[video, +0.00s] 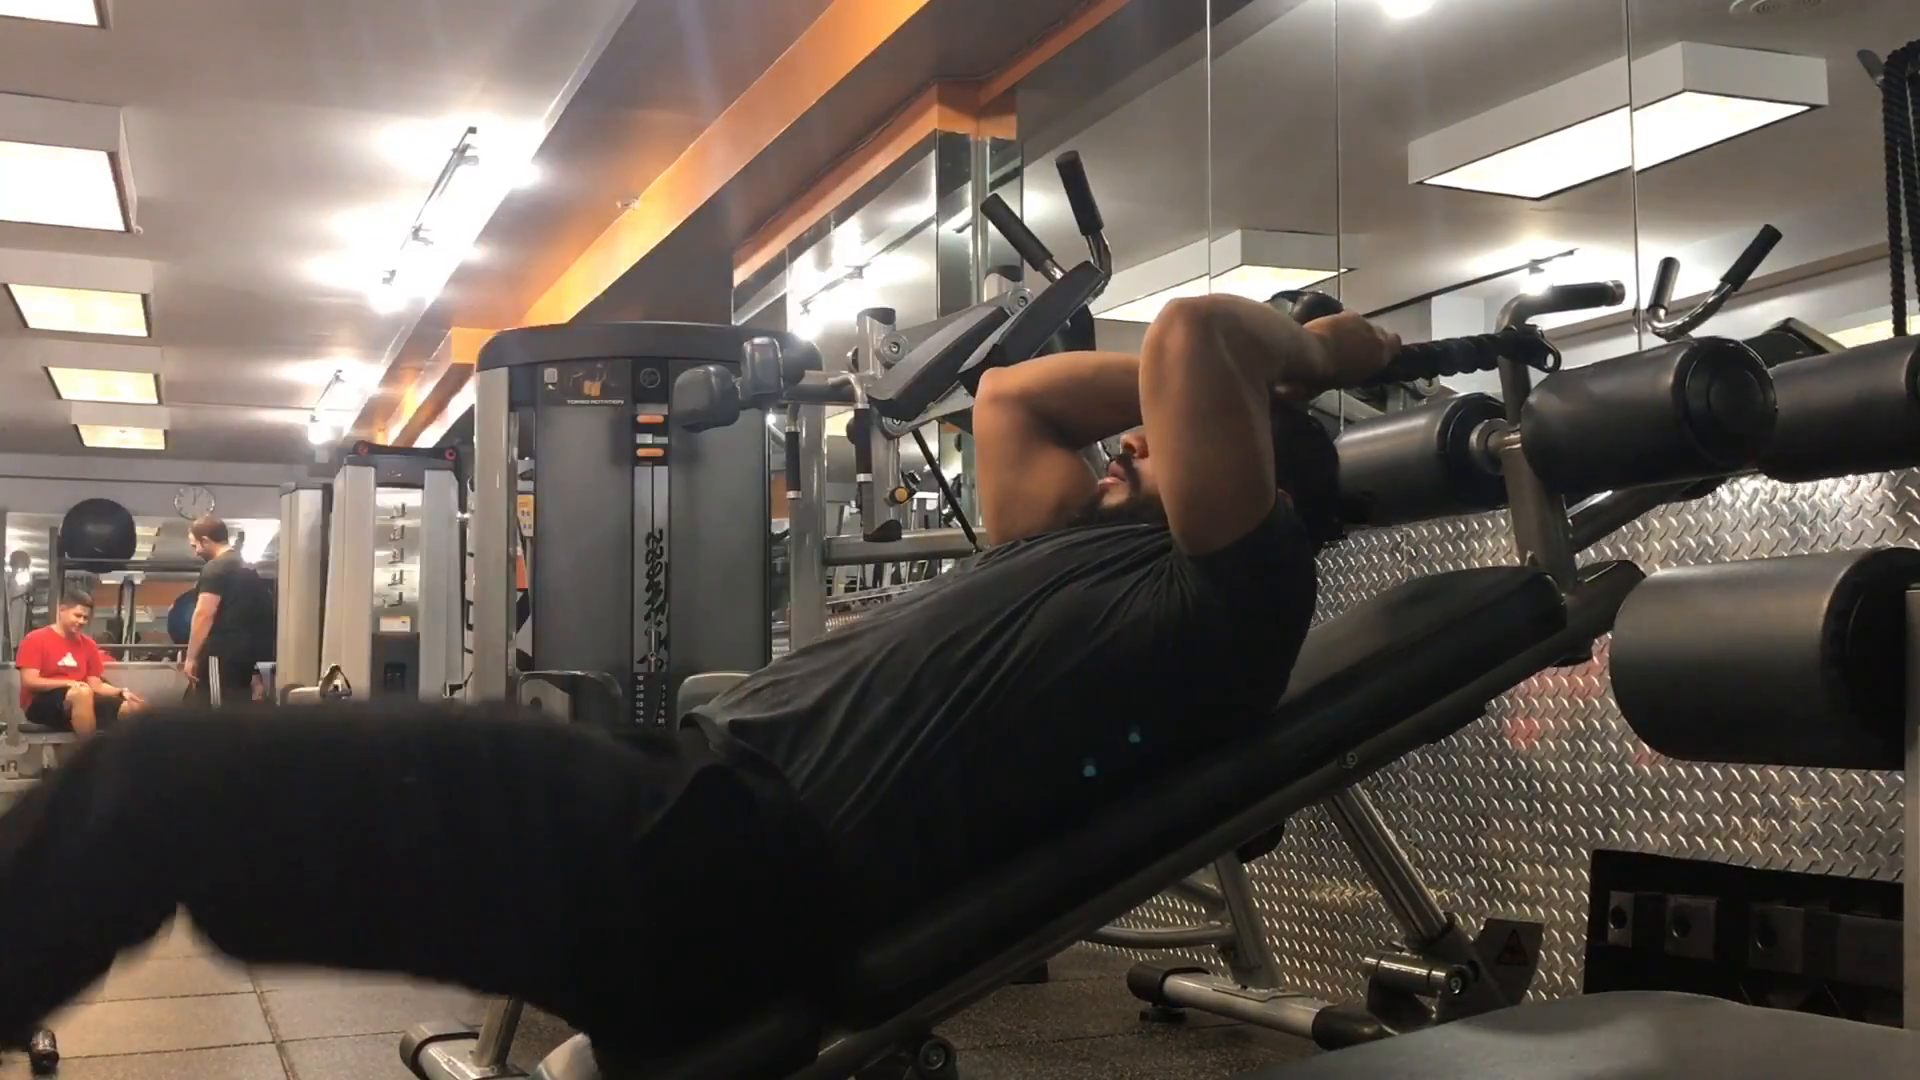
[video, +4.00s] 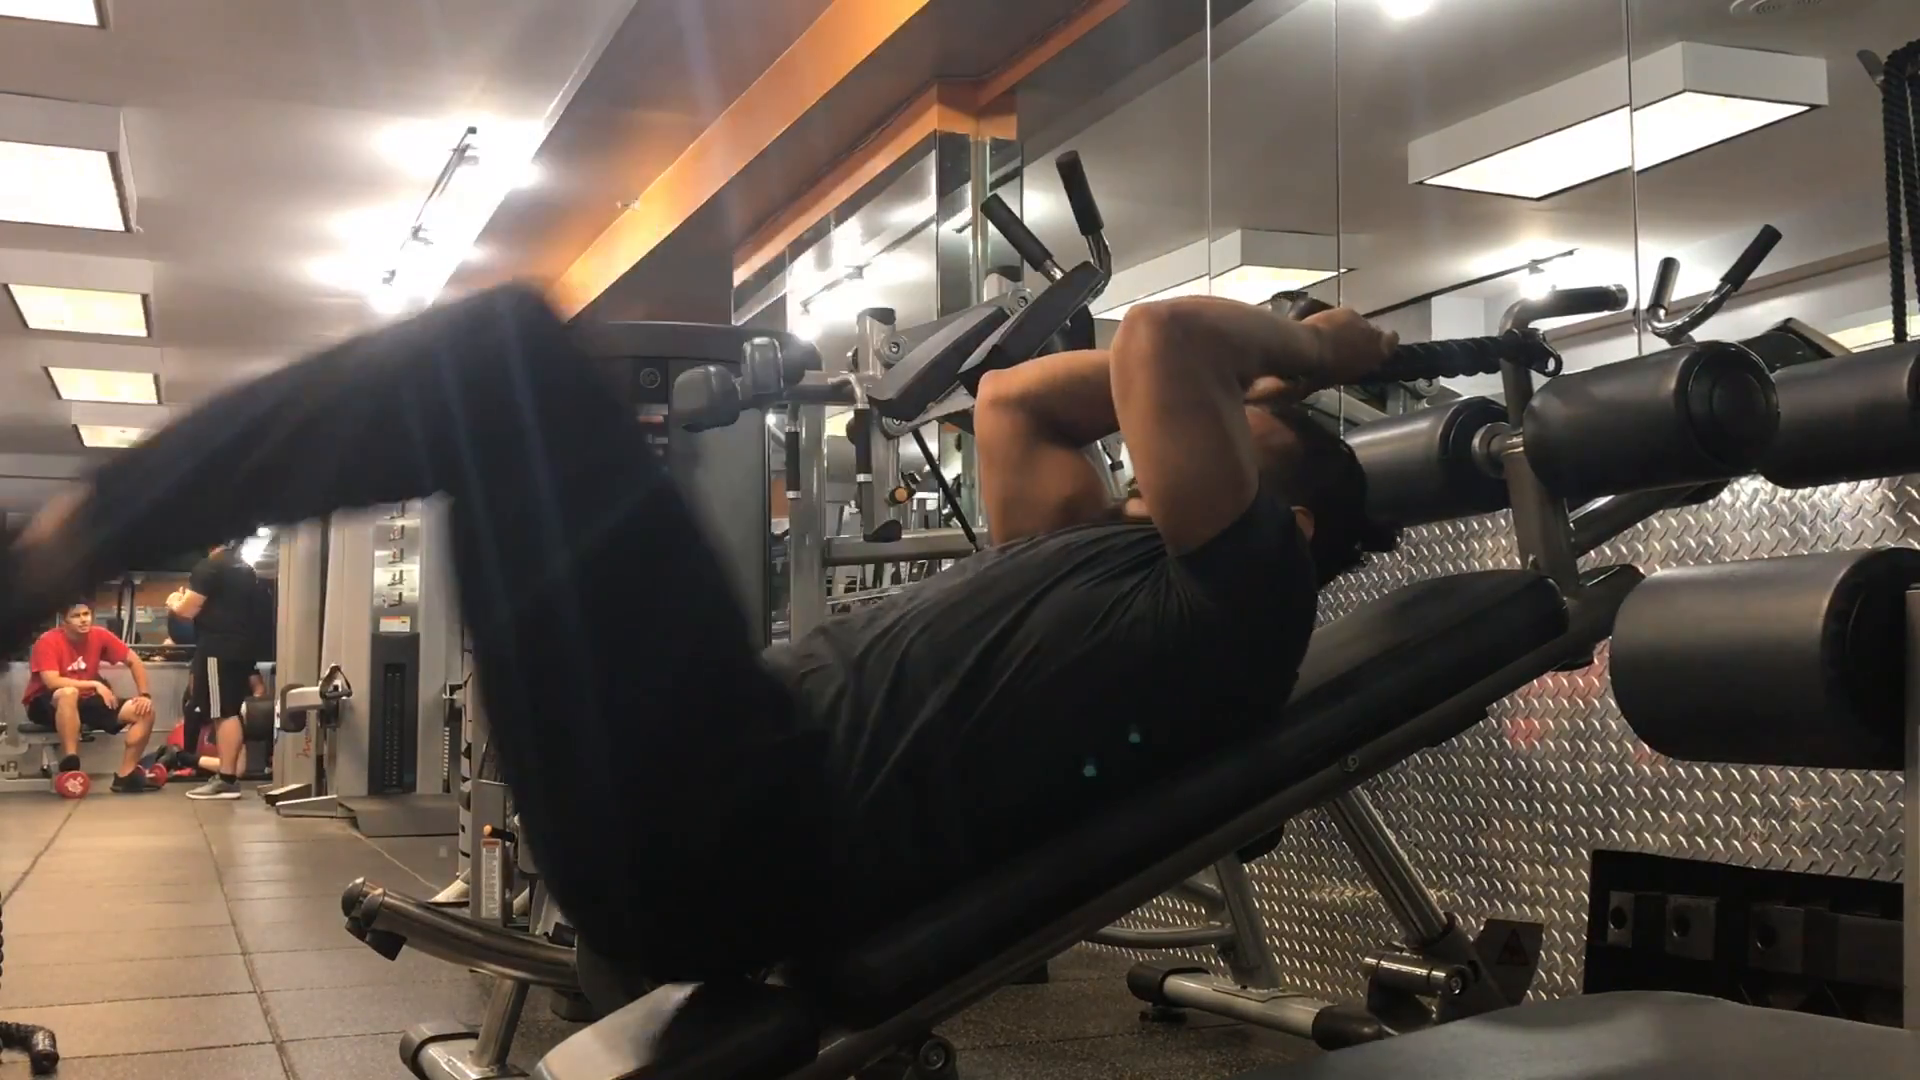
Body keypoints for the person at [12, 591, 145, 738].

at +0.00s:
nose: (82, 622)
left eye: (85, 618)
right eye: (77, 615)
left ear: (89, 619)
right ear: (61, 611)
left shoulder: (88, 644)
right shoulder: (35, 640)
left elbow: (95, 684)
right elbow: (30, 681)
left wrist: (120, 692)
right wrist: (69, 683)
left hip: (85, 701)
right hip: (42, 704)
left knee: (131, 707)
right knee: (82, 693)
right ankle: (93, 757)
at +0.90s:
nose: (89, 626)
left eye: (94, 622)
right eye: (85, 619)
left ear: (98, 622)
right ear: (71, 613)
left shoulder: (96, 641)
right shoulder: (45, 640)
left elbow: (113, 675)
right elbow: (34, 683)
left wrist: (137, 695)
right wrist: (73, 689)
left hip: (85, 703)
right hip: (44, 704)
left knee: (143, 712)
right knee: (83, 700)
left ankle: (128, 774)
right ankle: (74, 771)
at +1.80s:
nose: (87, 628)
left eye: (92, 624)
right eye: (83, 622)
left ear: (96, 624)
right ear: (69, 618)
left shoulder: (95, 642)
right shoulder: (44, 641)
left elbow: (113, 678)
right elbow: (25, 682)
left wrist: (135, 695)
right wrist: (62, 684)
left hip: (82, 702)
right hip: (42, 704)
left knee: (143, 712)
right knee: (61, 690)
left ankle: (126, 774)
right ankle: (64, 756)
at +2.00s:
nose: (87, 631)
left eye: (93, 626)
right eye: (83, 624)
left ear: (97, 625)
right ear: (71, 616)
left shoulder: (99, 644)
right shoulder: (43, 643)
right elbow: (28, 683)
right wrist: (66, 684)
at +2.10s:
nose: (88, 631)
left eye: (93, 626)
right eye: (83, 625)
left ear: (97, 625)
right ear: (71, 617)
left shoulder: (98, 642)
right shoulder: (45, 642)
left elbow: (113, 677)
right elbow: (28, 684)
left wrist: (136, 695)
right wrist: (65, 686)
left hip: (84, 702)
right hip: (43, 705)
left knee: (142, 712)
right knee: (63, 692)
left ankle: (126, 769)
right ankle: (65, 761)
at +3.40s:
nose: (81, 619)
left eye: (85, 614)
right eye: (75, 614)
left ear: (90, 615)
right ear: (61, 616)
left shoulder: (96, 637)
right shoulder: (45, 641)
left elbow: (119, 665)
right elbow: (47, 680)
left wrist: (135, 693)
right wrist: (88, 671)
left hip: (86, 702)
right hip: (44, 704)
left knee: (142, 712)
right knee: (71, 693)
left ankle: (125, 775)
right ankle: (72, 765)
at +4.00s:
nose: (83, 620)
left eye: (86, 614)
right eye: (76, 616)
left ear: (92, 615)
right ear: (64, 620)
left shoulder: (99, 635)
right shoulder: (48, 641)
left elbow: (134, 661)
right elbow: (52, 681)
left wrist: (144, 694)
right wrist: (95, 684)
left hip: (86, 704)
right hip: (45, 705)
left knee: (144, 711)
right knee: (68, 693)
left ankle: (125, 775)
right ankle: (71, 764)